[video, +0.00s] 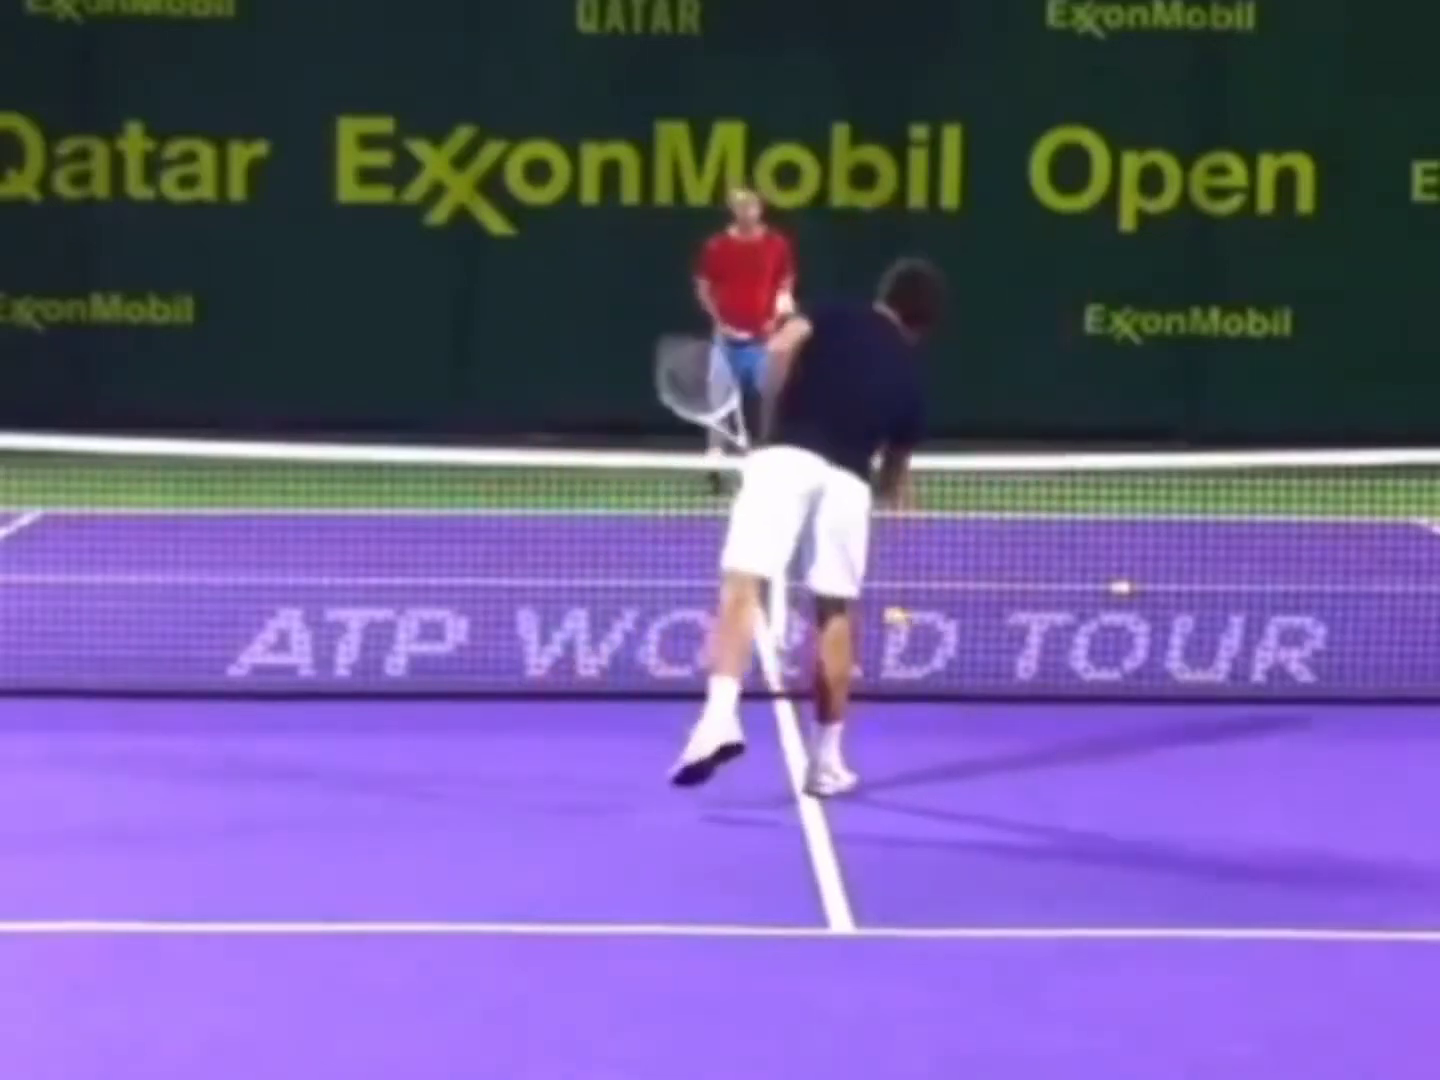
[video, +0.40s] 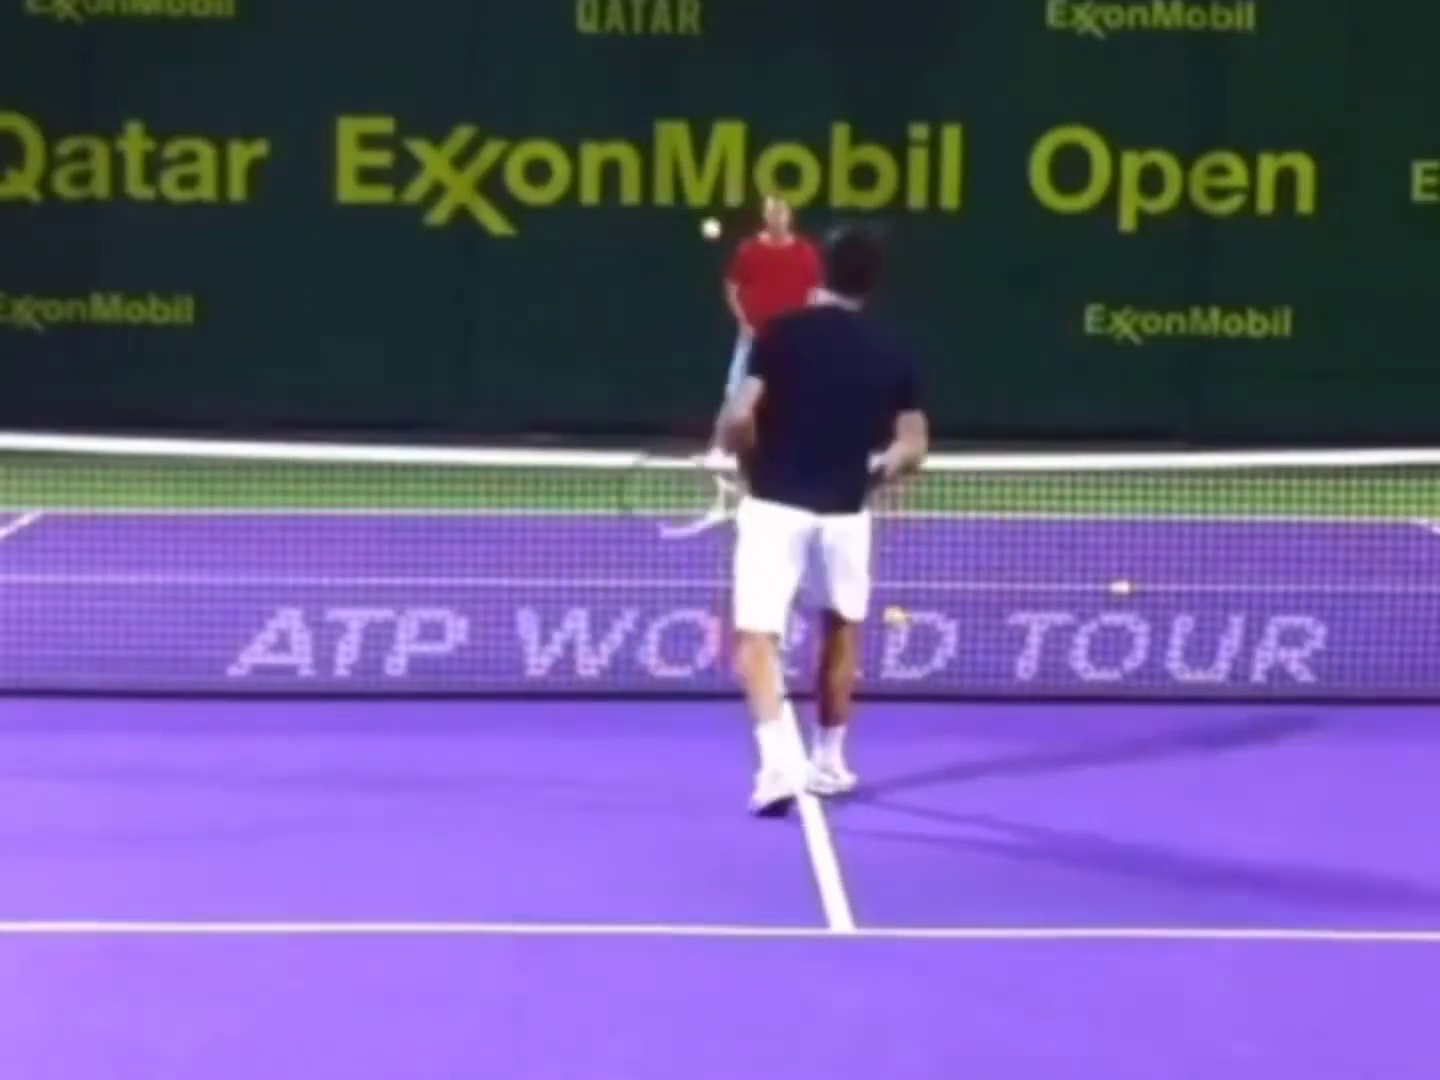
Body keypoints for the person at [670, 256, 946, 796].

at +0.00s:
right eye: (922, 319)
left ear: (880, 297)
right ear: (926, 325)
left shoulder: (837, 315)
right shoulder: (910, 377)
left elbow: (781, 347)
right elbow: (895, 468)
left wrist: (771, 427)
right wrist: (883, 492)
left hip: (784, 460)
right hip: (847, 484)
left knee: (742, 586)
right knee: (835, 616)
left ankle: (720, 713)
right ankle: (828, 757)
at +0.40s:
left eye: (835, 265)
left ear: (824, 273)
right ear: (874, 285)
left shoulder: (778, 333)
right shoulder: (887, 350)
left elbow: (738, 418)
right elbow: (911, 445)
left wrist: (753, 457)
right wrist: (873, 468)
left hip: (775, 505)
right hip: (846, 512)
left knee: (757, 637)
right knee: (843, 631)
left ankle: (781, 757)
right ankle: (832, 758)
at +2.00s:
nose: (779, 272)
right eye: (781, 263)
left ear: (725, 260)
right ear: (780, 270)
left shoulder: (675, 319)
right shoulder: (777, 338)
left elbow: (599, 392)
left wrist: (633, 452)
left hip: (666, 516)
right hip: (741, 522)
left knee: (672, 667)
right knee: (783, 660)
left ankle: (678, 818)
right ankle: (797, 813)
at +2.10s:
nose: (777, 279)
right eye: (779, 270)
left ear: (722, 260)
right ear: (774, 274)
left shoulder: (666, 316)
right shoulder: (767, 341)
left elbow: (591, 389)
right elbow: (803, 441)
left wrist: (625, 446)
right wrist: (862, 487)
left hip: (657, 517)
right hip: (733, 523)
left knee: (664, 666)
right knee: (764, 662)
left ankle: (675, 815)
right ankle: (758, 810)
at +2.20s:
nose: (778, 281)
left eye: (775, 269)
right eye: (779, 272)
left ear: (720, 258)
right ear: (769, 276)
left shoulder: (661, 315)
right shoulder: (760, 342)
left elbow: (589, 389)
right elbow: (784, 441)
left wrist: (631, 432)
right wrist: (827, 486)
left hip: (650, 516)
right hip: (721, 521)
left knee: (660, 672)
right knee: (734, 668)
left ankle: (676, 815)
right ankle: (724, 813)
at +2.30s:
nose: (771, 281)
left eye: (765, 268)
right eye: (774, 272)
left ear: (714, 261)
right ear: (768, 277)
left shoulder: (659, 317)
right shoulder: (765, 348)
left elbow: (588, 389)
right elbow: (767, 446)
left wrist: (634, 424)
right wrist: (773, 453)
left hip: (646, 515)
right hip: (716, 522)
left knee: (659, 671)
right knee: (715, 672)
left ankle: (673, 813)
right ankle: (698, 812)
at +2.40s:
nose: (771, 285)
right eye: (773, 275)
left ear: (712, 263)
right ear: (769, 280)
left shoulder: (658, 318)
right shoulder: (766, 355)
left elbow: (587, 398)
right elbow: (755, 441)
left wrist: (636, 426)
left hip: (639, 520)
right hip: (711, 528)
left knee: (656, 673)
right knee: (708, 678)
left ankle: (673, 814)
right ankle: (693, 823)